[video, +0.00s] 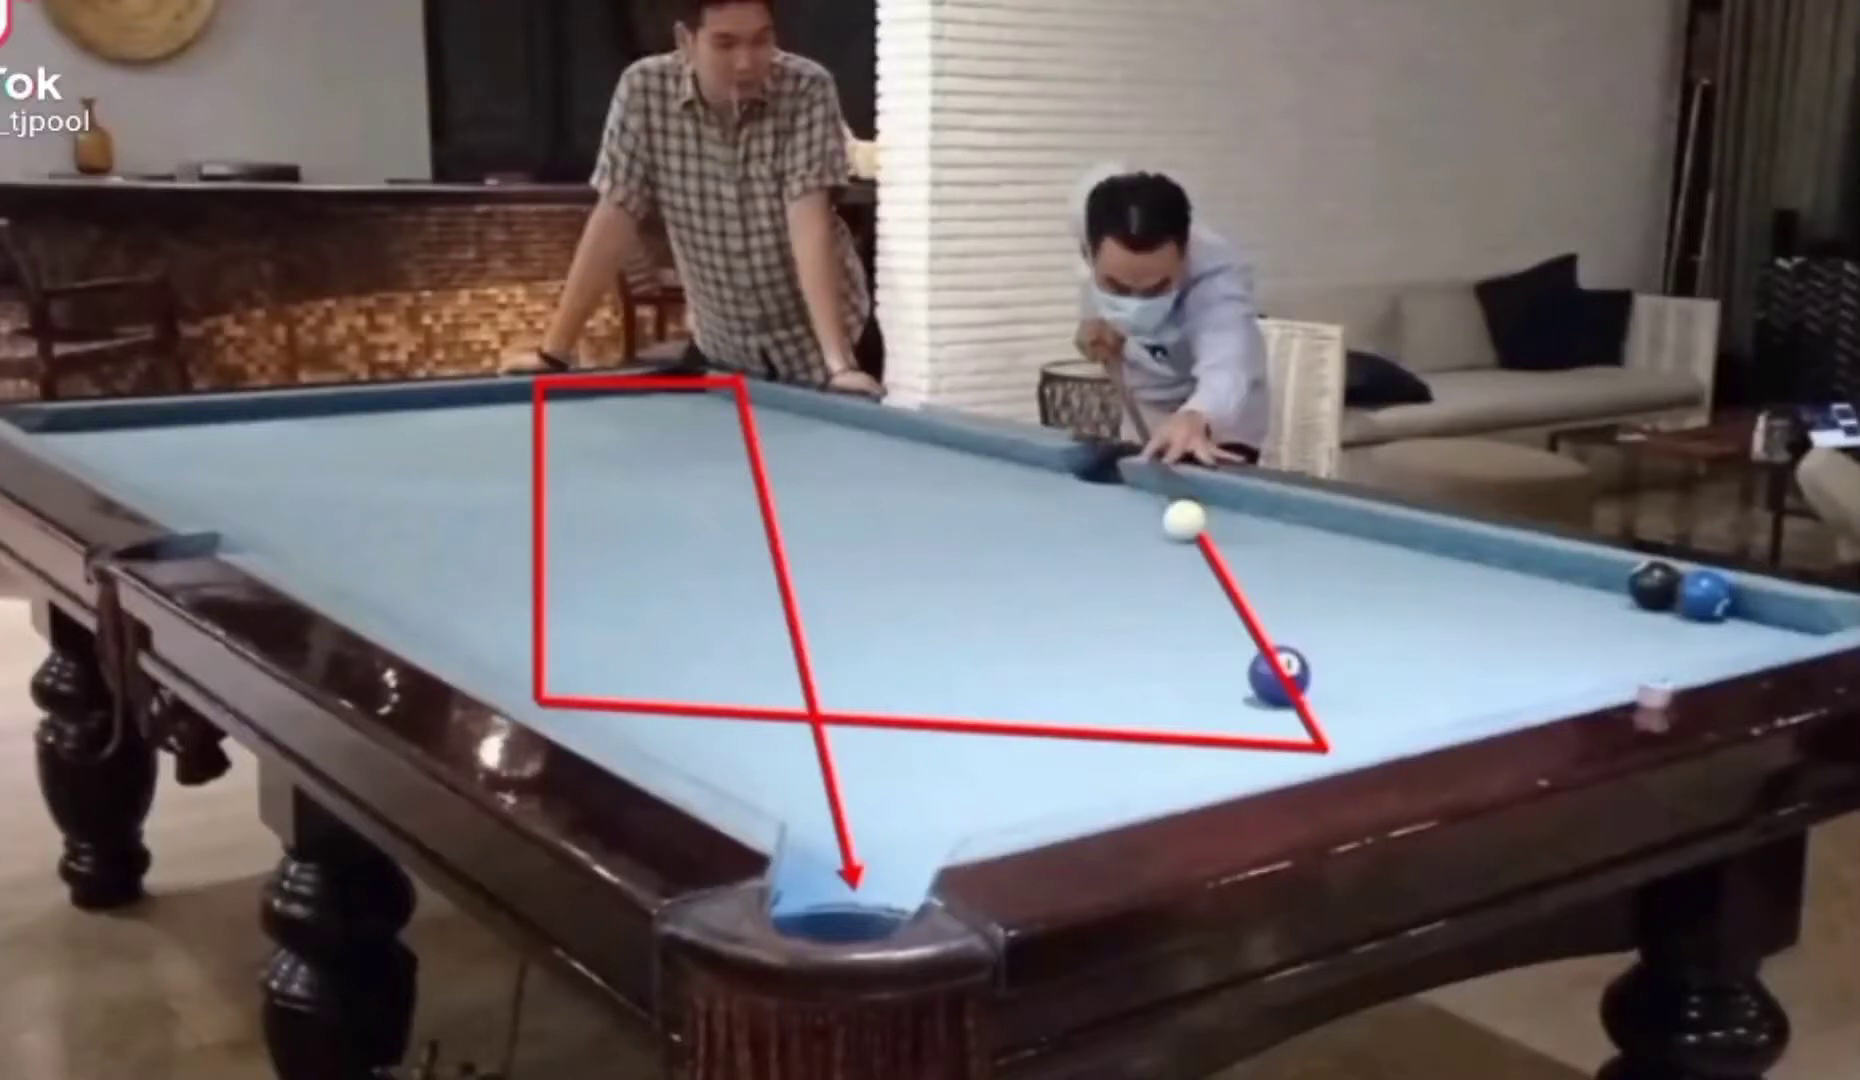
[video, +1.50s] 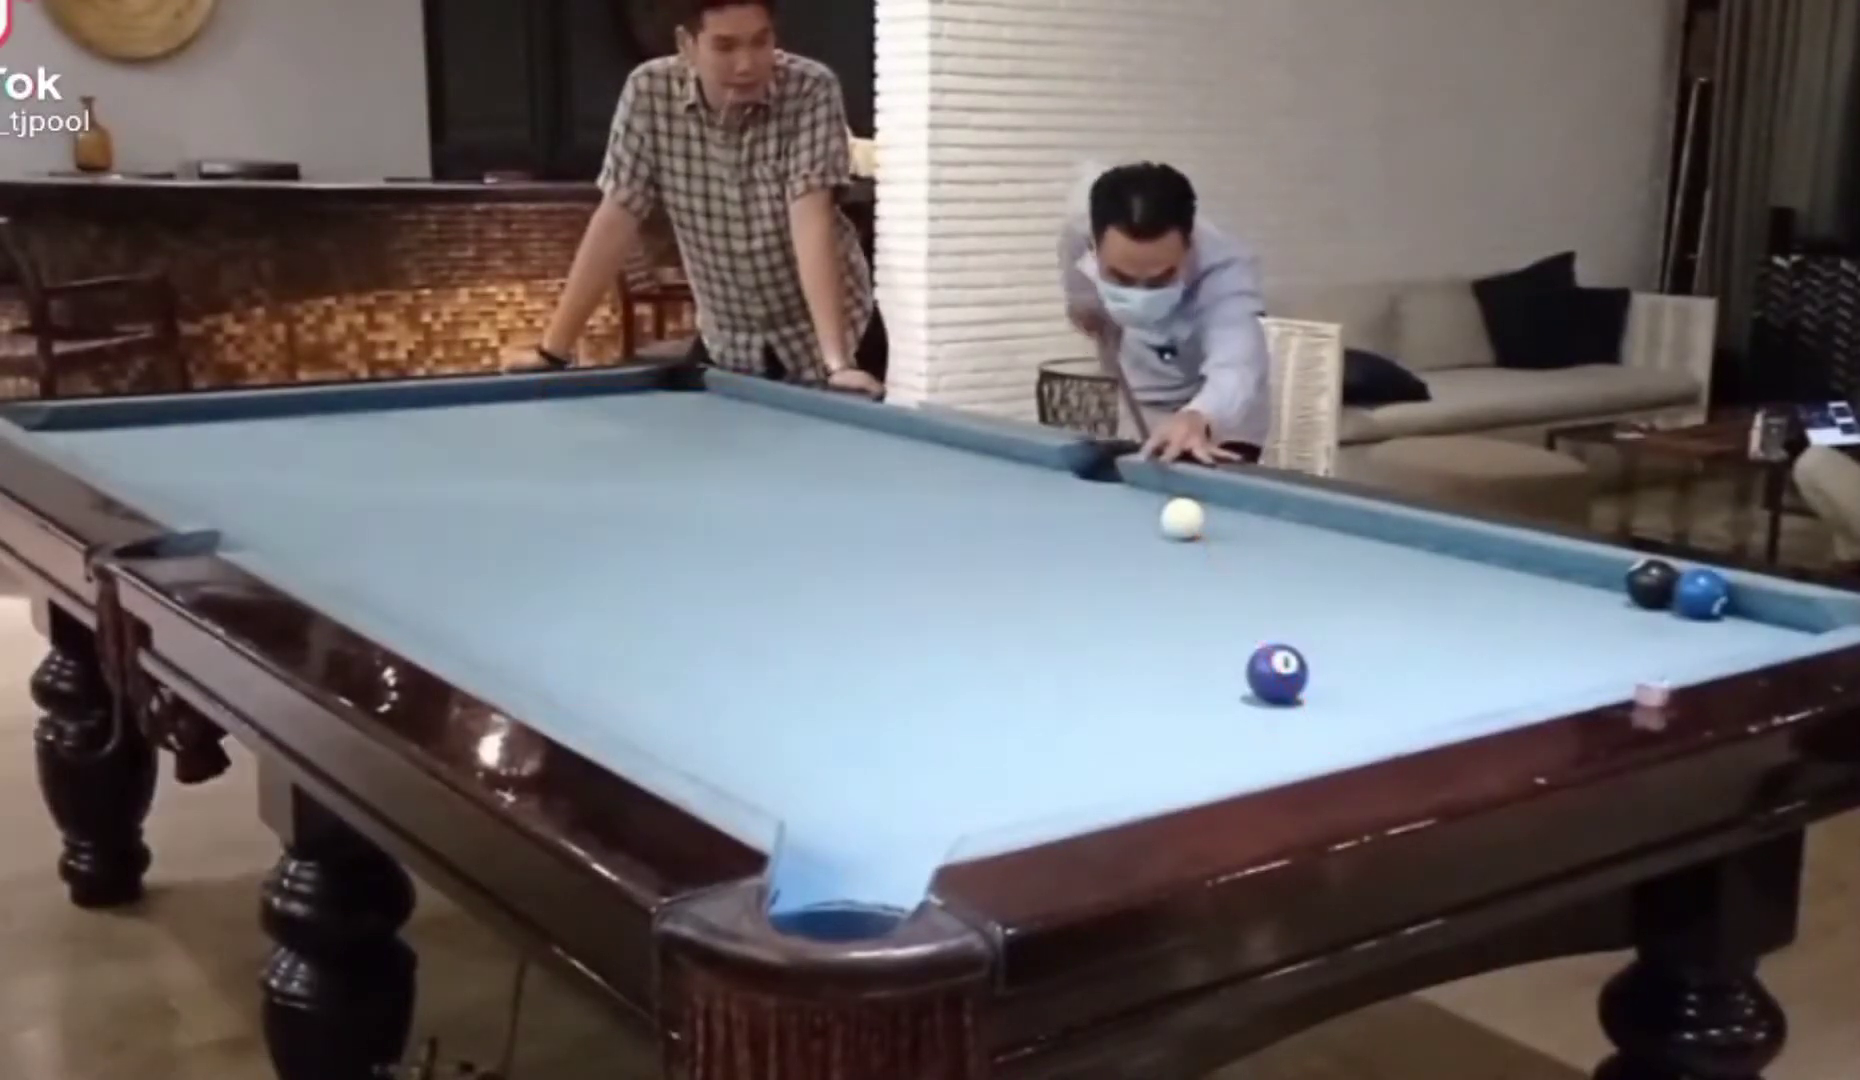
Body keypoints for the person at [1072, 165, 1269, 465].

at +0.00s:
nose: (1135, 307)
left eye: (1155, 291)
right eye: (1117, 289)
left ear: (1184, 257)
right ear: (1088, 255)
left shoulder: (1216, 274)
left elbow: (1229, 364)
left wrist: (1195, 415)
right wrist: (1091, 324)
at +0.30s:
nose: (1135, 307)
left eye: (1155, 291)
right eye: (1117, 289)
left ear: (1184, 257)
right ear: (1088, 255)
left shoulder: (1216, 274)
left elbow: (1229, 364)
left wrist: (1195, 415)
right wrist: (1091, 324)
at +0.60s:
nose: (1136, 307)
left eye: (1155, 291)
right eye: (1117, 289)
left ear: (1184, 257)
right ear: (1088, 255)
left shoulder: (1216, 274)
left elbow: (1229, 363)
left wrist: (1195, 415)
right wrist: (1091, 321)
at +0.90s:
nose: (1135, 306)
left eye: (1155, 290)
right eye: (1117, 289)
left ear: (1184, 257)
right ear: (1087, 254)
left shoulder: (1217, 271)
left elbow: (1231, 363)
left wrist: (1195, 415)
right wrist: (1085, 315)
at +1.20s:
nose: (1137, 306)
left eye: (1157, 289)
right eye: (1118, 288)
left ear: (1185, 255)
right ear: (1089, 252)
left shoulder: (1218, 273)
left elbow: (1233, 365)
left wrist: (1196, 415)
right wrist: (1088, 313)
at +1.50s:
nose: (1140, 298)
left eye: (1160, 281)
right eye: (1121, 280)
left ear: (1188, 249)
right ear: (1094, 249)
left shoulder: (1224, 270)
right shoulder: (1083, 235)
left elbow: (1238, 364)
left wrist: (1198, 416)